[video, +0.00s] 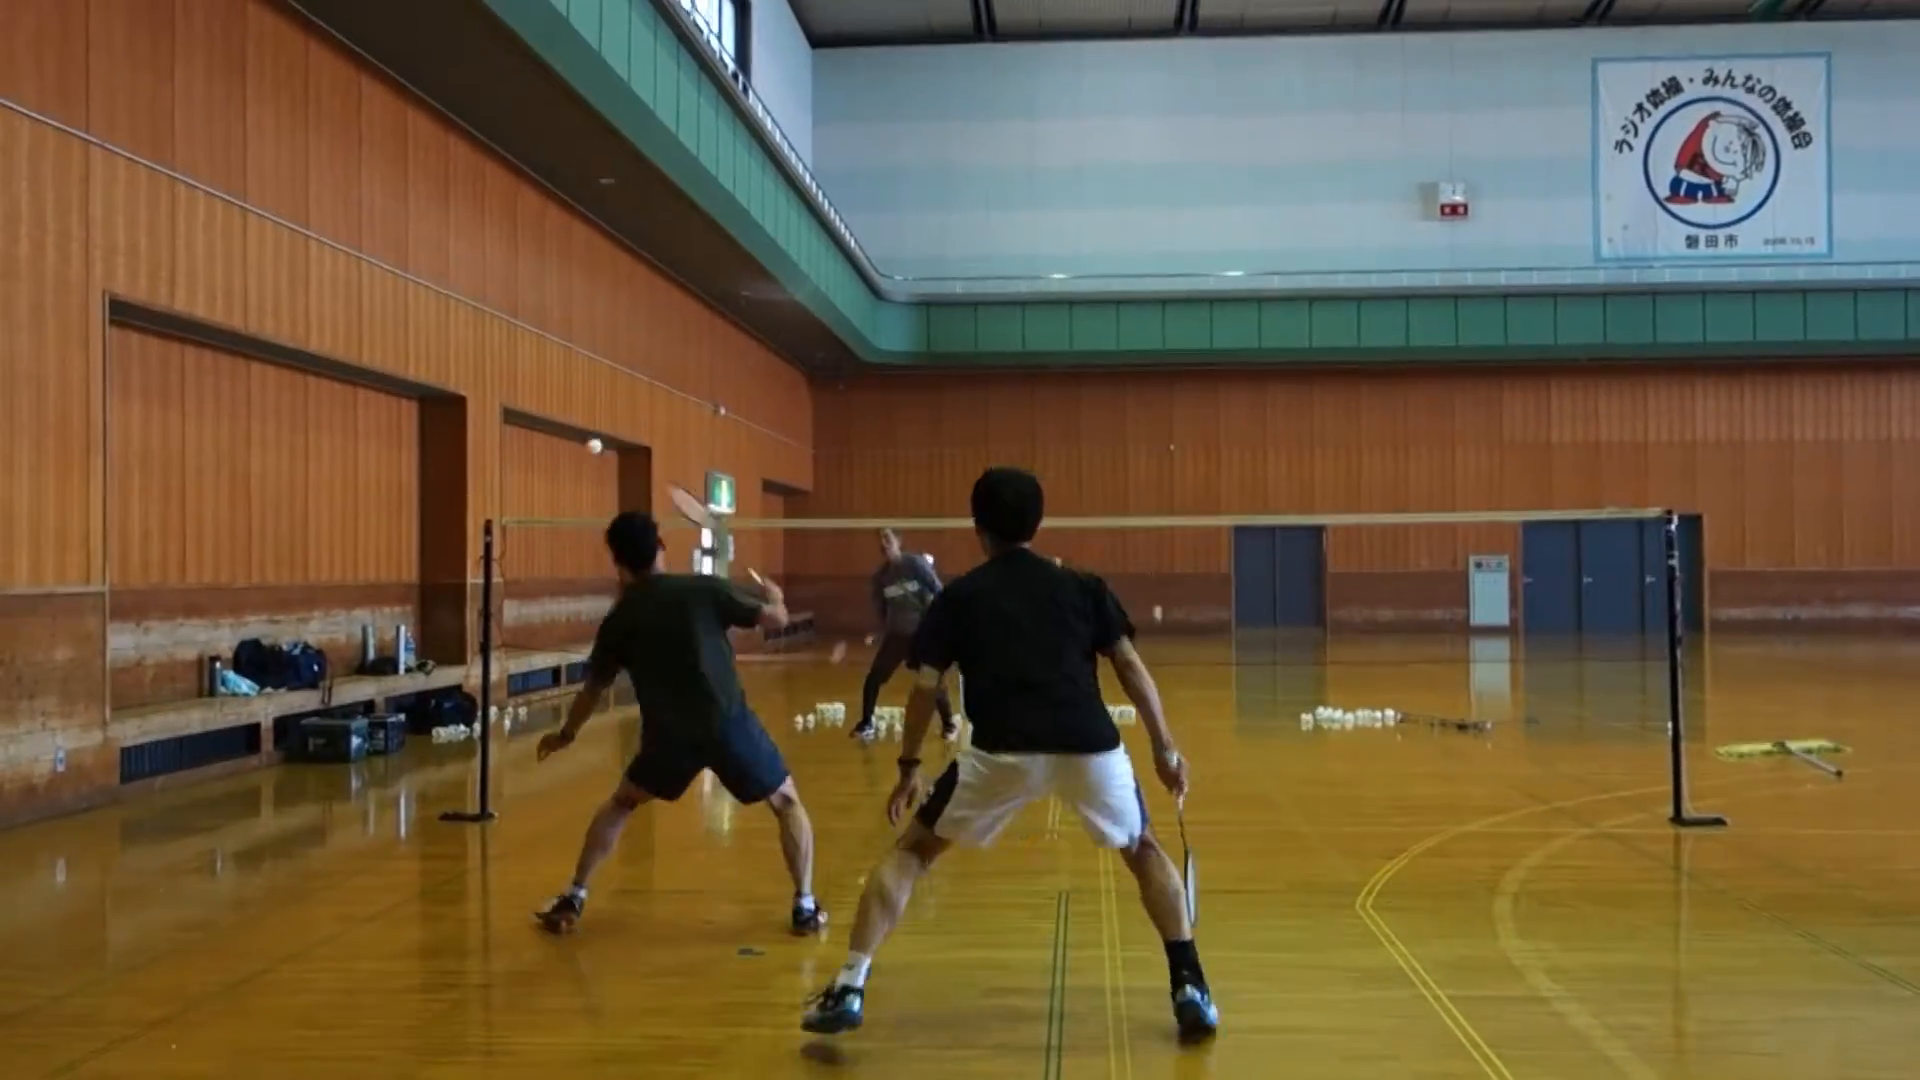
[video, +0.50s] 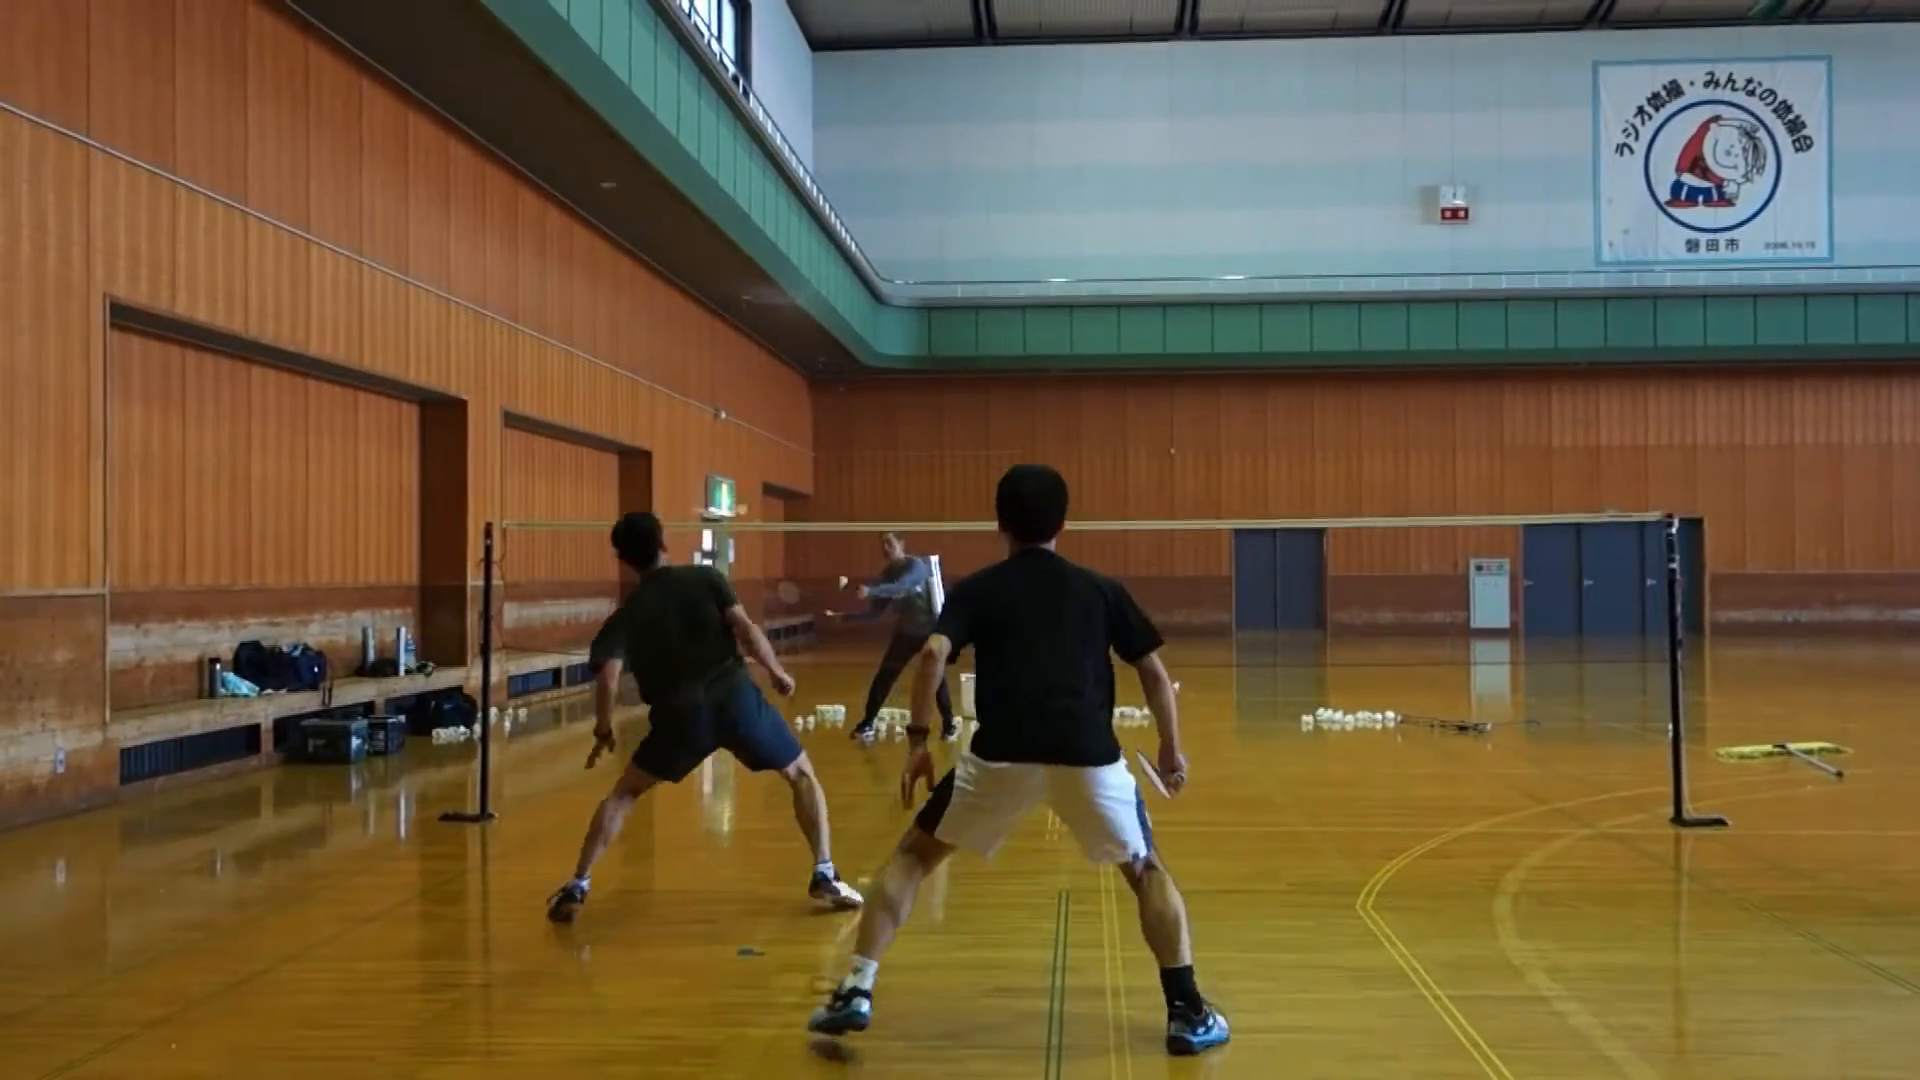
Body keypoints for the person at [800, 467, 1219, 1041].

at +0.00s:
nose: (979, 528)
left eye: (978, 519)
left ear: (978, 525)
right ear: (1038, 524)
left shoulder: (958, 599)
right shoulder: (1081, 588)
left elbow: (923, 690)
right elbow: (1130, 666)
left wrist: (908, 765)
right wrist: (1164, 746)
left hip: (1000, 751)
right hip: (1090, 746)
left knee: (913, 852)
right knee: (1143, 851)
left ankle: (849, 985)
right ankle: (1189, 983)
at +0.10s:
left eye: (968, 538)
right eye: (1017, 536)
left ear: (966, 547)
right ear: (1029, 545)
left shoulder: (943, 625)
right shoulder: (1070, 617)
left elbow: (917, 718)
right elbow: (1118, 707)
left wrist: (896, 792)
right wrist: (1148, 782)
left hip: (980, 789)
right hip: (1072, 787)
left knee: (890, 893)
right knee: (1147, 883)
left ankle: (798, 1024)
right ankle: (1187, 1014)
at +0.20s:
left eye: (957, 562)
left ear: (955, 571)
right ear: (1020, 573)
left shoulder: (927, 647)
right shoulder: (1050, 647)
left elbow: (893, 746)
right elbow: (1099, 746)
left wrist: (880, 822)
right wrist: (1119, 810)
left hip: (953, 818)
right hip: (1050, 816)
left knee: (854, 904)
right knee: (1139, 869)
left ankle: (791, 1031)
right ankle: (1183, 995)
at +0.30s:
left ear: (964, 572)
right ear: (1027, 575)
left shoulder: (933, 646)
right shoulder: (1059, 648)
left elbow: (893, 736)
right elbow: (1108, 745)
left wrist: (869, 818)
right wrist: (1117, 809)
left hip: (956, 815)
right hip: (1052, 814)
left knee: (857, 905)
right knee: (1139, 880)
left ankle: (790, 1031)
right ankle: (1187, 1015)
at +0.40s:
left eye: (996, 536)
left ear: (992, 548)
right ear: (1053, 548)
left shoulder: (959, 621)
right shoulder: (1087, 624)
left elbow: (912, 687)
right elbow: (1146, 706)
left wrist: (889, 770)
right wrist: (1147, 759)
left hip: (976, 788)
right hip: (1069, 786)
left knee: (890, 894)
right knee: (1150, 874)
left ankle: (800, 1016)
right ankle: (1188, 1015)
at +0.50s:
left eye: (1002, 514)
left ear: (1000, 521)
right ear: (1061, 523)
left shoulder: (980, 590)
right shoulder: (1100, 591)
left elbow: (931, 657)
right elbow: (1154, 671)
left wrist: (918, 738)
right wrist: (1171, 747)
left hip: (999, 753)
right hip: (1090, 755)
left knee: (913, 857)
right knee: (1146, 871)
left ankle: (856, 989)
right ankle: (1187, 1012)